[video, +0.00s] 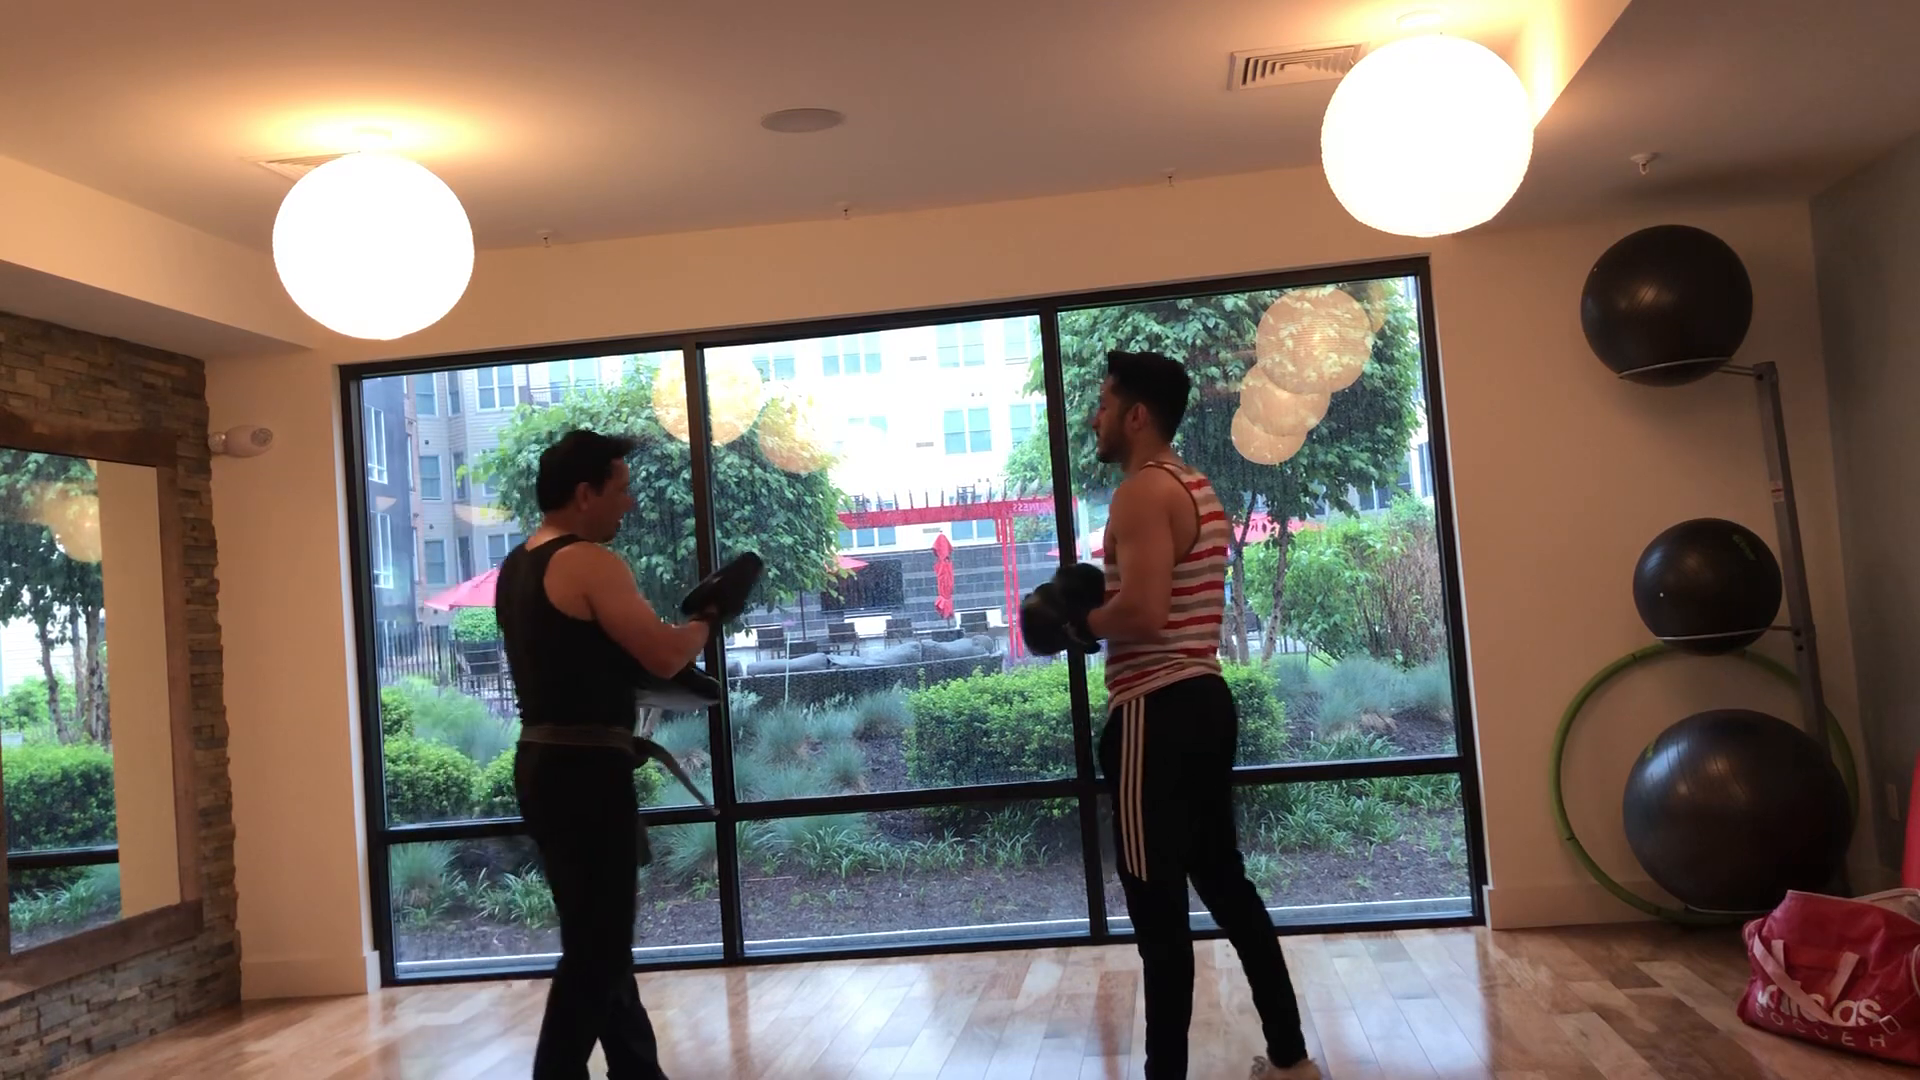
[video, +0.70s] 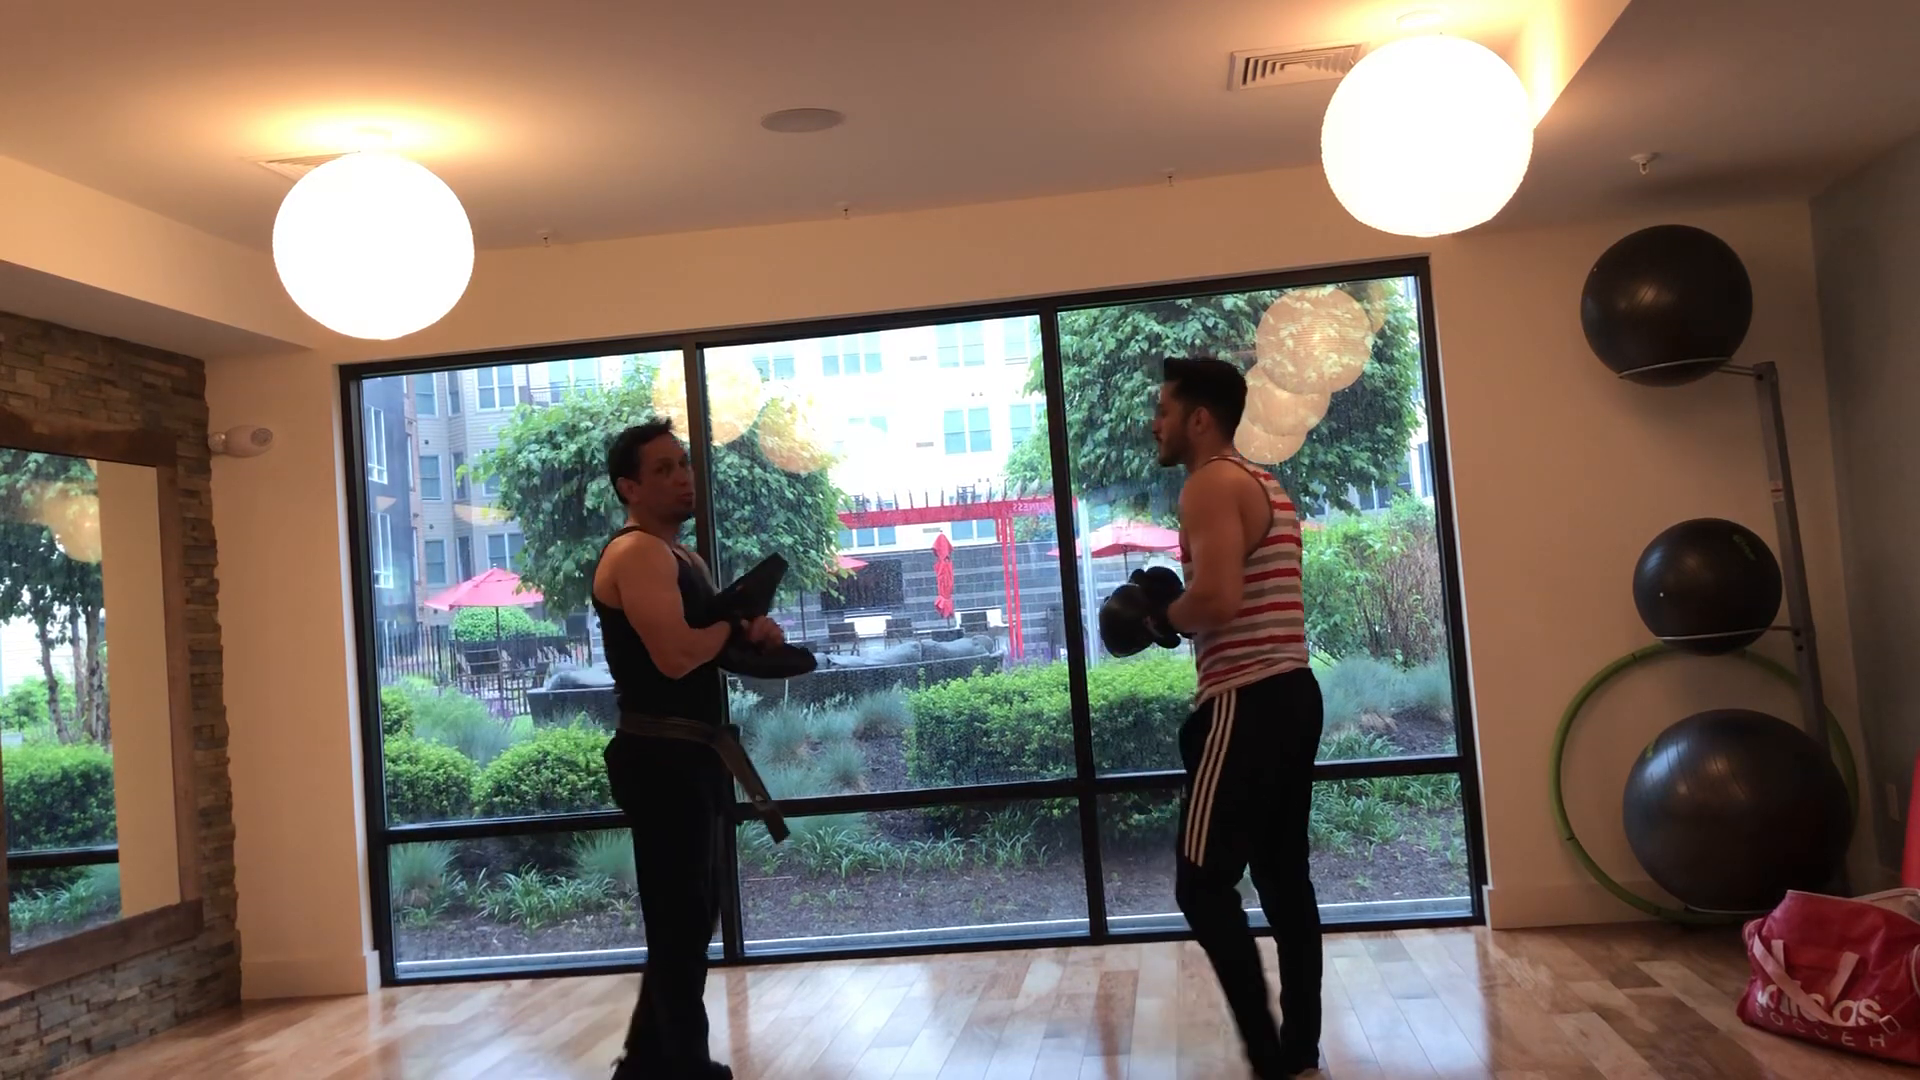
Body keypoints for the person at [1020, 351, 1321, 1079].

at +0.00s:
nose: (1092, 417)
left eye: (1101, 402)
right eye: (1097, 402)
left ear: (1135, 412)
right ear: (1153, 416)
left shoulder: (1143, 492)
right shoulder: (1195, 488)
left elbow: (1142, 613)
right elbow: (1178, 602)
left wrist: (1077, 622)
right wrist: (1102, 589)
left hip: (1154, 709)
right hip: (1205, 699)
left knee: (1153, 901)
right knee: (1222, 880)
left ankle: (1164, 1072)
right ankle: (1288, 1047)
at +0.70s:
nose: (1153, 423)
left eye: (1163, 410)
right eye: (1156, 409)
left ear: (1199, 418)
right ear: (1214, 421)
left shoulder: (1210, 485)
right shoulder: (1264, 484)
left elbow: (1215, 603)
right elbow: (1248, 602)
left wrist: (1157, 615)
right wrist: (1172, 605)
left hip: (1242, 704)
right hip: (1291, 696)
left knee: (1201, 885)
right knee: (1284, 882)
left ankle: (1267, 1056)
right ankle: (1300, 1050)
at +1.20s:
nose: (1197, 404)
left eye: (1212, 392)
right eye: (1201, 391)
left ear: (1256, 404)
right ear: (1248, 406)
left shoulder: (1279, 479)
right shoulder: (1258, 483)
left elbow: (1286, 599)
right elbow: (1267, 599)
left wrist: (1196, 605)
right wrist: (1194, 600)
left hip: (1293, 701)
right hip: (1263, 706)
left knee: (1320, 883)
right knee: (1267, 883)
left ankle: (1362, 1068)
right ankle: (1296, 1057)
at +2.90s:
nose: (1259, 421)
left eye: (1273, 406)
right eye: (1250, 410)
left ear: (1312, 410)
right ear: (1247, 419)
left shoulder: (1342, 478)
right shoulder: (1297, 495)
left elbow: (1407, 580)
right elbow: (1341, 592)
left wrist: (1312, 619)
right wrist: (1279, 619)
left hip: (1375, 698)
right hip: (1340, 702)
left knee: (1364, 883)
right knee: (1364, 882)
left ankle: (1376, 1062)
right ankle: (1401, 1047)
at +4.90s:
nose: (1241, 447)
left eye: (1246, 429)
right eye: (1238, 433)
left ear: (1283, 420)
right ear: (1305, 423)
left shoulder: (1317, 475)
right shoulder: (1366, 469)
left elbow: (1353, 582)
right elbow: (1368, 594)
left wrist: (1269, 602)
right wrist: (1285, 601)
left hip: (1390, 696)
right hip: (1434, 687)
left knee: (1332, 887)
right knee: (1419, 868)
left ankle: (1385, 1067)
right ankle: (1454, 1048)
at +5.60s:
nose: (1236, 529)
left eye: (1239, 511)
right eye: (1231, 514)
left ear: (1283, 498)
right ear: (1292, 498)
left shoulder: (1336, 550)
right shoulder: (1371, 530)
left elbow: (1293, 689)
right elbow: (1370, 664)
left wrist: (1234, 626)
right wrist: (1267, 628)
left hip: (1465, 734)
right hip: (1491, 725)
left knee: (1374, 919)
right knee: (1427, 898)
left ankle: (1423, 1070)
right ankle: (1478, 1048)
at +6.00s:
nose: (1228, 532)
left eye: (1231, 514)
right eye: (1226, 516)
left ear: (1269, 510)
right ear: (1283, 509)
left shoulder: (1359, 569)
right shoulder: (1337, 565)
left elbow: (1307, 717)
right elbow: (1373, 660)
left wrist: (1243, 648)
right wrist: (1270, 686)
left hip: (1505, 736)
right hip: (1461, 739)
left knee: (1432, 910)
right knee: (1406, 887)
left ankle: (1454, 1069)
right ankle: (1458, 1054)